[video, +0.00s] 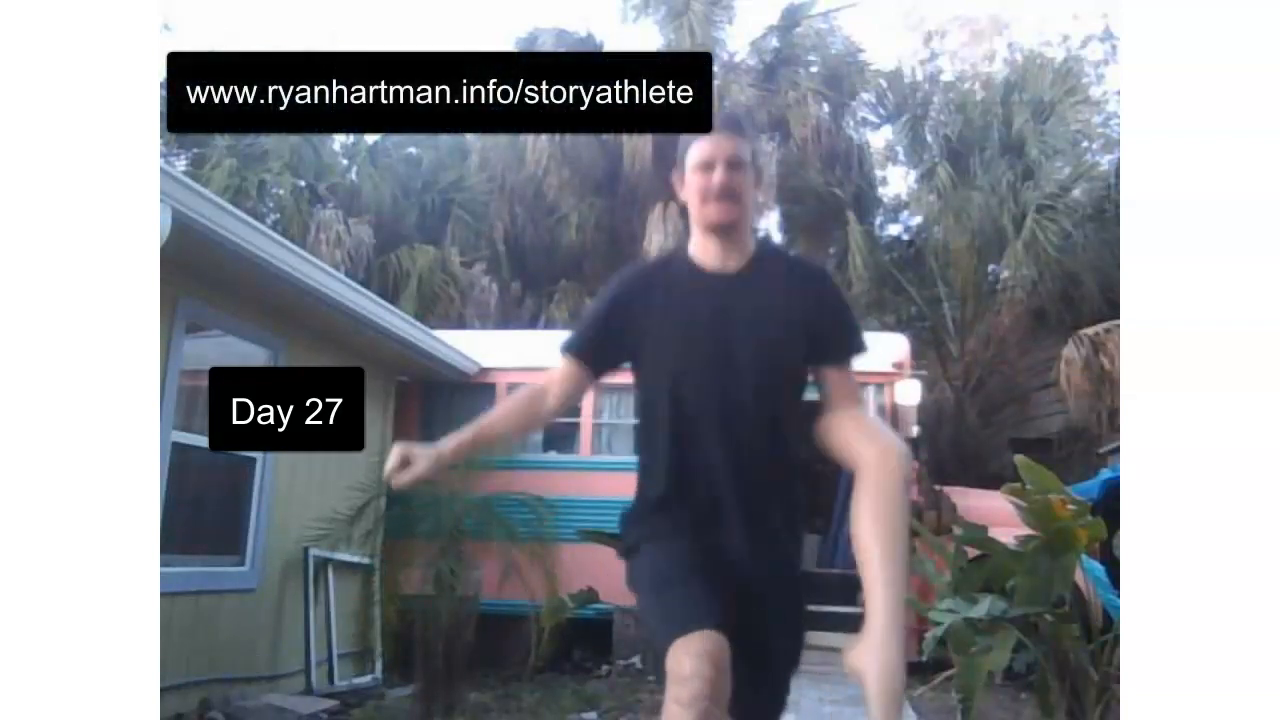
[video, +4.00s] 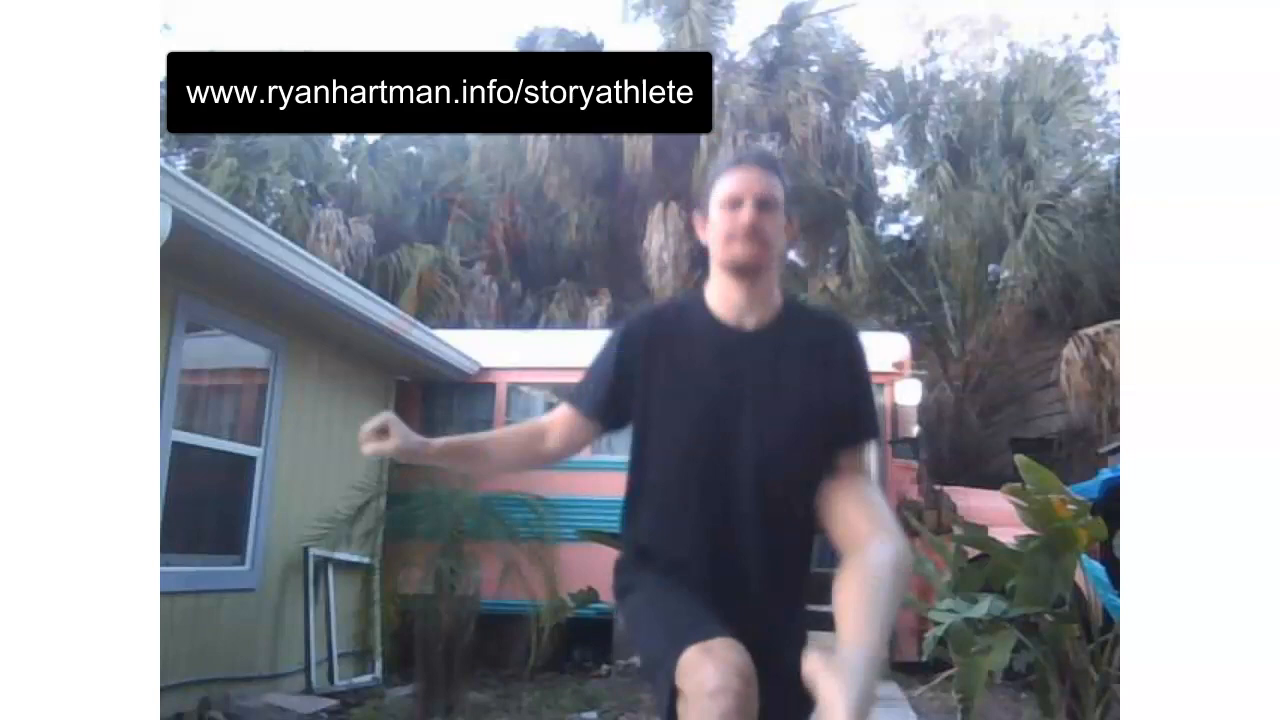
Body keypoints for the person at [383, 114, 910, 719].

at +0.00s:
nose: (721, 178)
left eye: (735, 167)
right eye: (706, 167)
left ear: (758, 185)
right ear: (680, 186)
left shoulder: (805, 287)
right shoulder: (642, 290)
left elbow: (839, 410)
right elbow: (550, 395)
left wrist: (882, 455)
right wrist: (441, 454)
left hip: (769, 534)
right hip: (671, 526)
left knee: (753, 712)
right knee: (700, 674)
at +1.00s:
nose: (742, 136)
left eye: (759, 122)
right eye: (726, 122)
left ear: (781, 143)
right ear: (701, 144)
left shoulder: (823, 254)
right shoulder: (657, 255)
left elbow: (849, 382)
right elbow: (610, 377)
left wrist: (897, 371)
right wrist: (523, 395)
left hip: (795, 533)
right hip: (682, 534)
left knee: (795, 704)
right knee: (684, 709)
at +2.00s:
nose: (743, 137)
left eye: (758, 124)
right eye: (726, 125)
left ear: (782, 142)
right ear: (701, 150)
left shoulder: (822, 258)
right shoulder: (659, 254)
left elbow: (850, 383)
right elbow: (605, 377)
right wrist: (538, 455)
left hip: (785, 513)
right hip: (682, 505)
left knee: (761, 703)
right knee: (692, 680)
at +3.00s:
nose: (784, 220)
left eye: (802, 202)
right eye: (765, 203)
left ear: (829, 220)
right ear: (737, 223)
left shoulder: (877, 336)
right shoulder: (690, 340)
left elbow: (944, 459)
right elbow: (610, 447)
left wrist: (1002, 425)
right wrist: (548, 508)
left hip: (832, 600)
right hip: (715, 609)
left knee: (849, 703)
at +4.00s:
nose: (749, 218)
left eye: (766, 205)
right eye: (733, 204)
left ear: (788, 228)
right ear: (702, 226)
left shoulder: (828, 341)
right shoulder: (651, 335)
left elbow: (843, 480)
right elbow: (554, 436)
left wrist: (879, 546)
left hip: (770, 599)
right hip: (663, 580)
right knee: (723, 680)